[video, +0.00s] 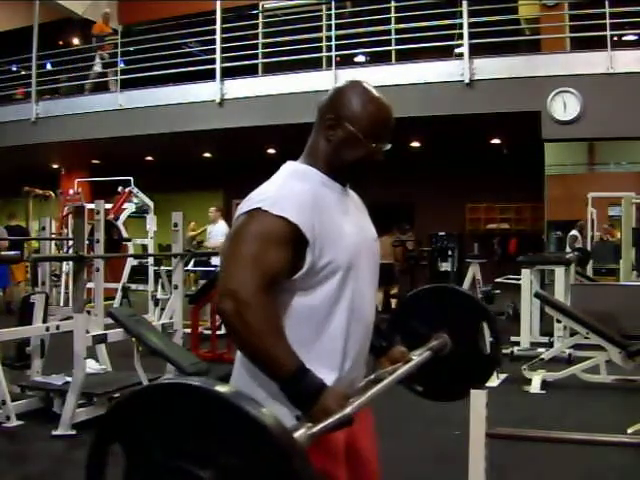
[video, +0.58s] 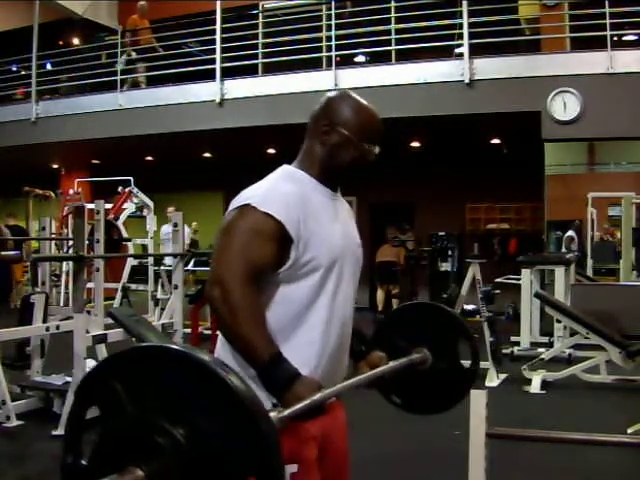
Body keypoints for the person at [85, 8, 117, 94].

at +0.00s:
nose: (107, 18)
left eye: (108, 16)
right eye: (106, 16)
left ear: (109, 17)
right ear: (103, 17)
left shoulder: (109, 28)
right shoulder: (98, 26)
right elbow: (95, 39)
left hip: (109, 52)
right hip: (100, 51)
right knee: (97, 69)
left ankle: (113, 89)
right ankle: (87, 89)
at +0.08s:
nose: (115, 17)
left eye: (115, 15)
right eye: (113, 15)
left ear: (115, 16)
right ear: (110, 16)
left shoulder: (115, 26)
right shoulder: (104, 26)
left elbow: (116, 40)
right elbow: (100, 40)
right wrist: (104, 50)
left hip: (114, 52)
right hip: (105, 51)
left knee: (116, 70)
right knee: (104, 69)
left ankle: (116, 88)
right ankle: (91, 89)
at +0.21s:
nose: (123, 14)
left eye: (124, 11)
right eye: (121, 11)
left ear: (125, 13)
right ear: (117, 12)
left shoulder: (124, 26)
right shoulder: (111, 24)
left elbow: (125, 41)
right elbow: (107, 38)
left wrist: (127, 52)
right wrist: (111, 51)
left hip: (121, 51)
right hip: (111, 51)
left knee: (118, 70)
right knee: (117, 69)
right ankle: (103, 88)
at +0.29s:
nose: (127, 13)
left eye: (128, 11)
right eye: (125, 11)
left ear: (130, 12)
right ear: (122, 11)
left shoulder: (129, 24)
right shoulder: (117, 22)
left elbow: (132, 41)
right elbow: (111, 35)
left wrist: (137, 52)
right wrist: (113, 47)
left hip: (128, 49)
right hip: (120, 50)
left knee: (125, 69)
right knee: (122, 68)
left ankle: (121, 87)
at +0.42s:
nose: (135, 12)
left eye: (136, 10)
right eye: (133, 10)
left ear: (137, 11)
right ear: (129, 11)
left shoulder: (137, 24)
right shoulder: (124, 21)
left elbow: (141, 39)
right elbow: (118, 35)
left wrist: (149, 49)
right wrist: (119, 48)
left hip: (134, 49)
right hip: (125, 49)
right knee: (131, 68)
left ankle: (120, 87)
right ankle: (134, 86)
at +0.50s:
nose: (139, 12)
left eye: (140, 9)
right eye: (137, 9)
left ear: (142, 10)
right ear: (133, 10)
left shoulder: (141, 22)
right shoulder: (128, 20)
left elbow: (146, 38)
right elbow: (122, 34)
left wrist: (154, 48)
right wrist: (124, 48)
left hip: (140, 49)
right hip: (132, 48)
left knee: (128, 70)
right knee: (137, 69)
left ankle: (122, 87)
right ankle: (141, 88)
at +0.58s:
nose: (144, 10)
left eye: (145, 8)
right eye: (142, 7)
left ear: (147, 9)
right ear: (138, 8)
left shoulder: (146, 21)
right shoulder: (133, 19)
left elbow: (150, 36)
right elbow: (128, 35)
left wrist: (158, 47)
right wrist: (128, 49)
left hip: (146, 47)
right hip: (137, 47)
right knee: (140, 67)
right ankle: (143, 85)